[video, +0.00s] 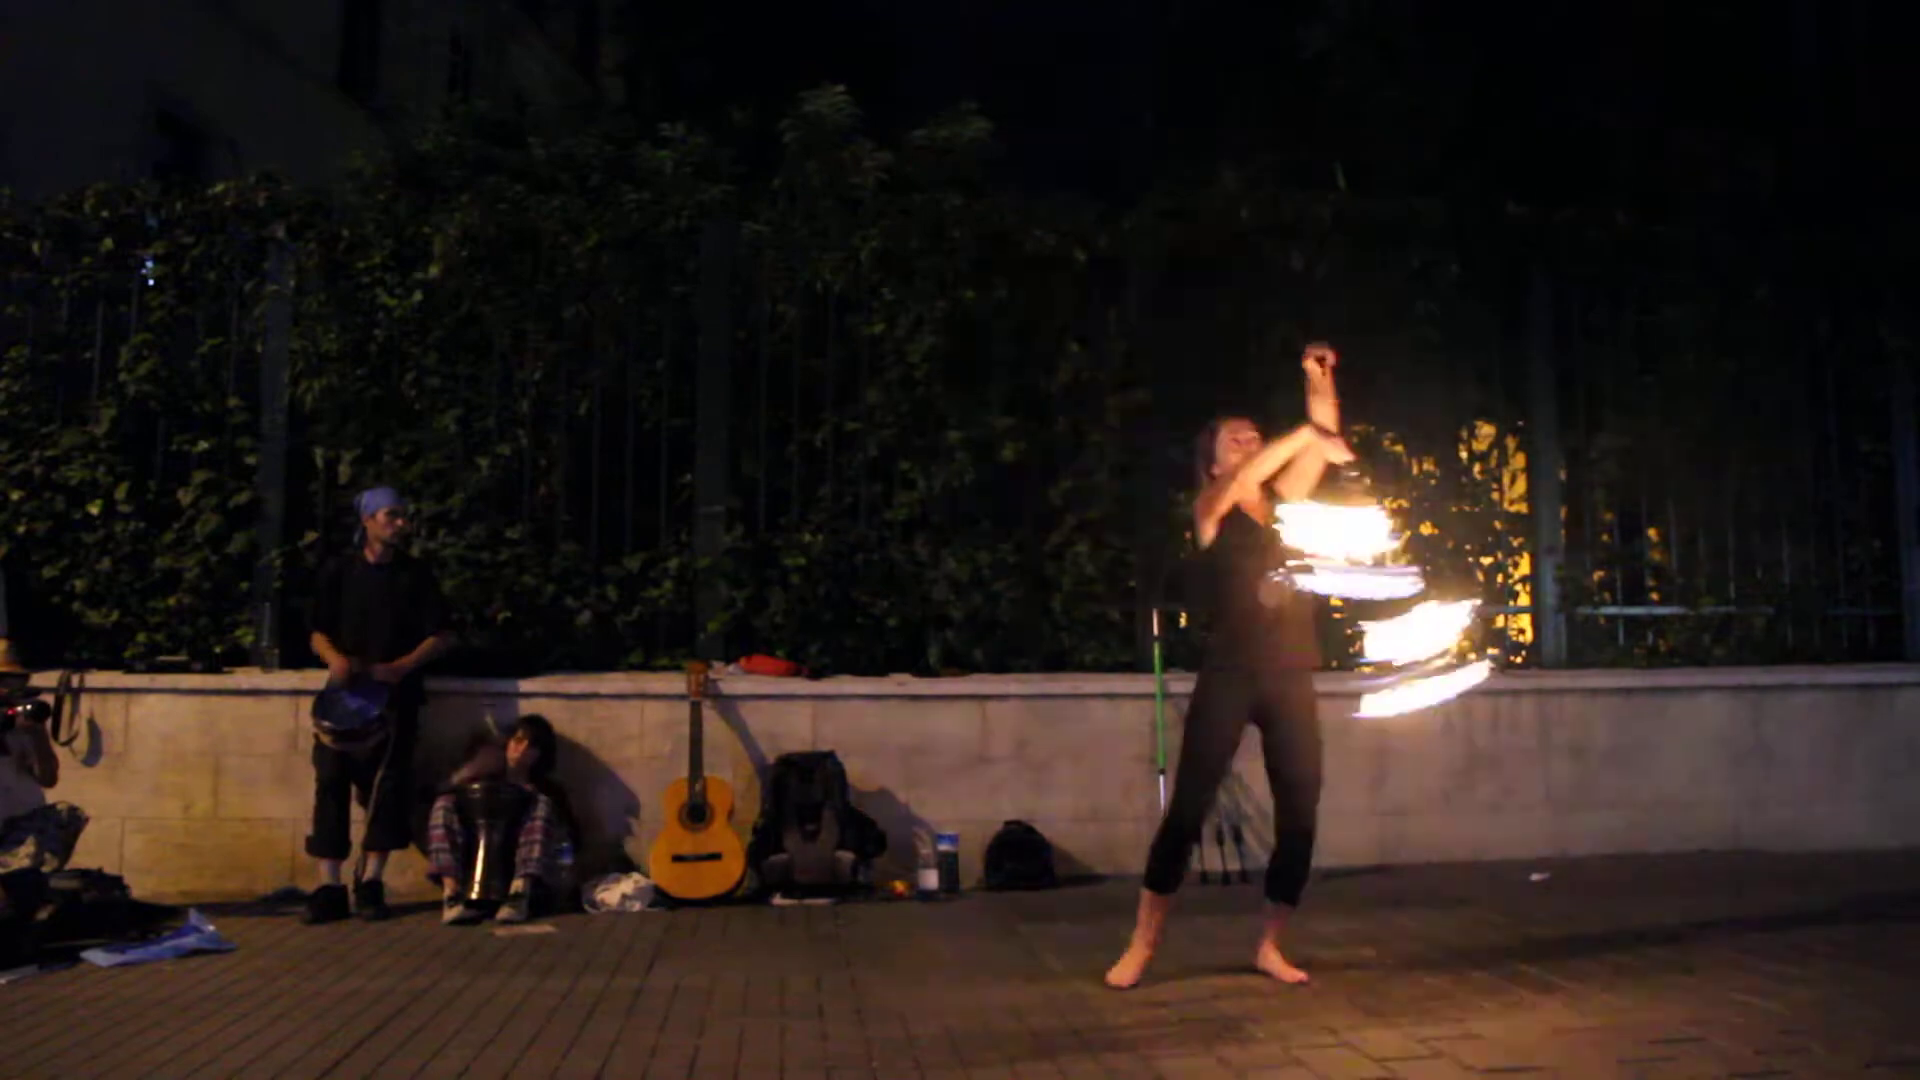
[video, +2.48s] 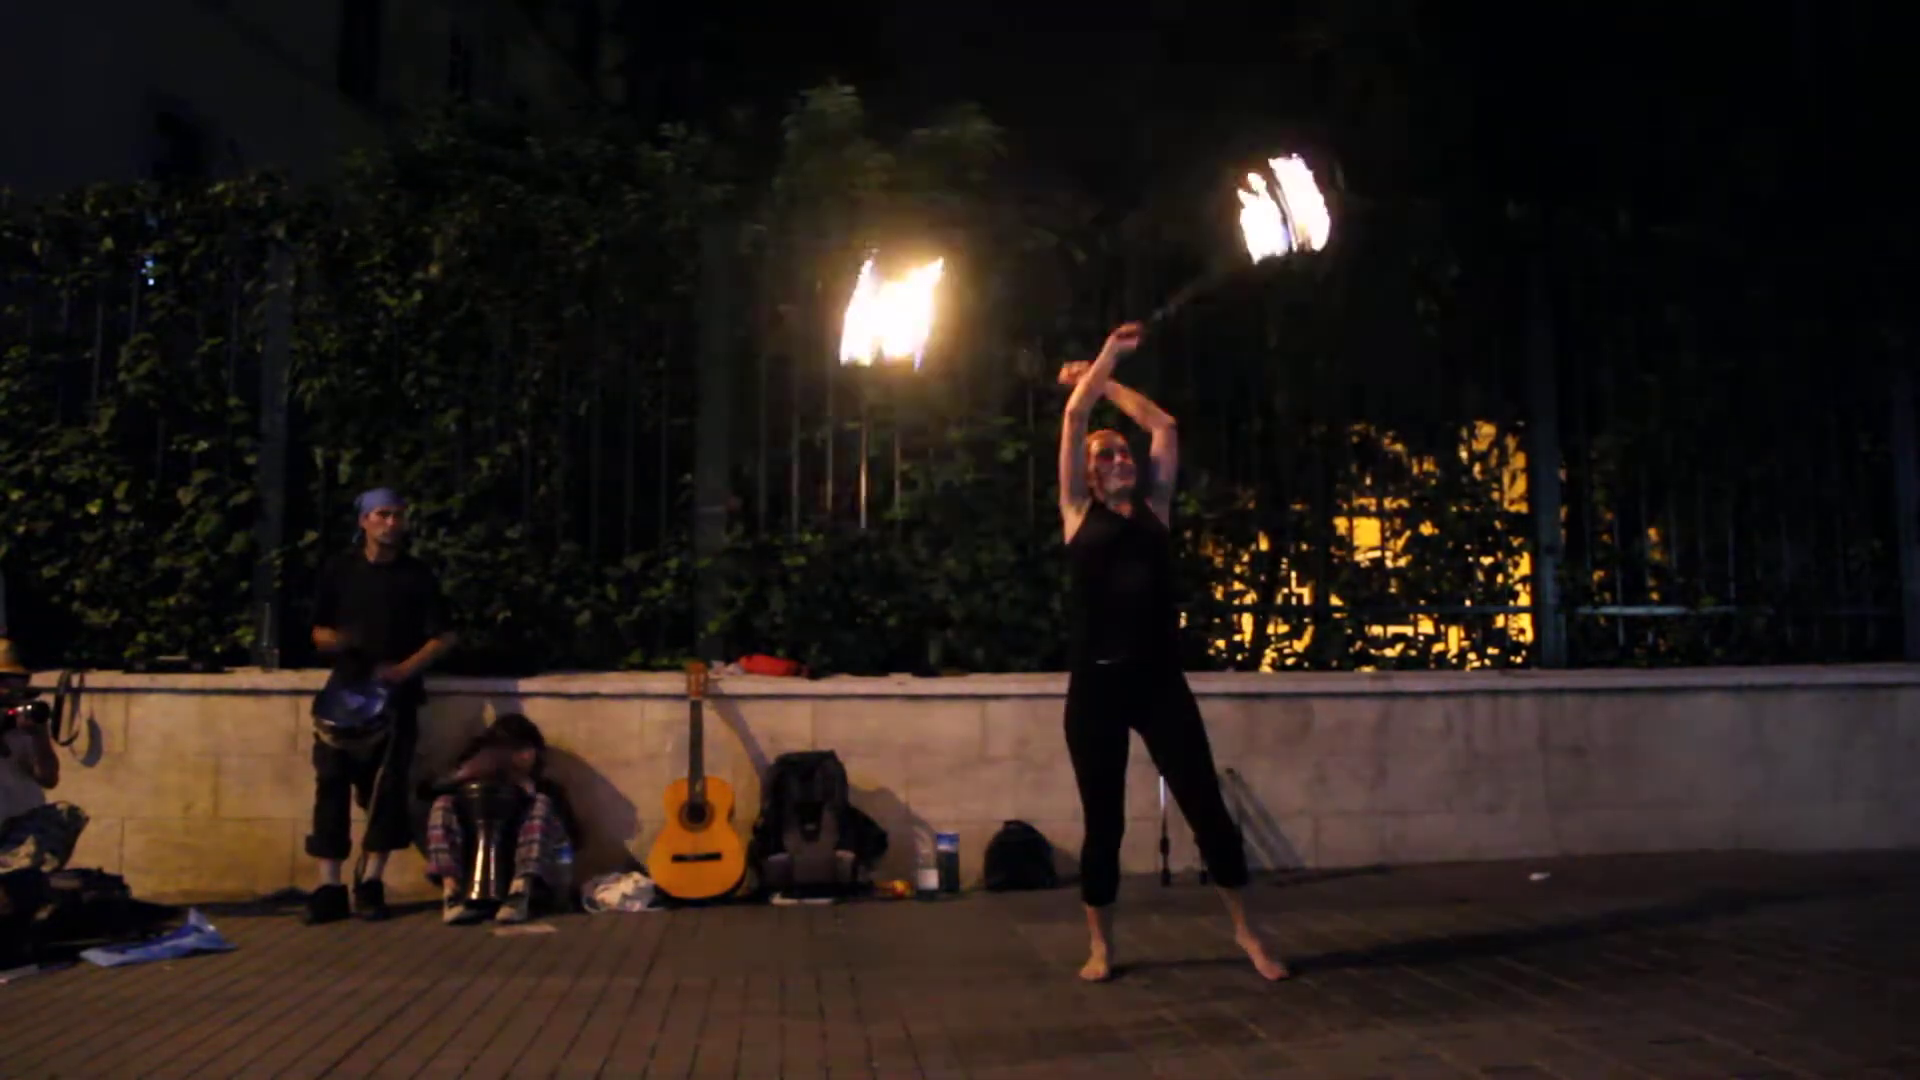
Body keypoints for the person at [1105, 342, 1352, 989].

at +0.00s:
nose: (1248, 443)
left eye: (1254, 437)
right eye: (1234, 437)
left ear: (1266, 447)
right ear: (1209, 457)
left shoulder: (1282, 503)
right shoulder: (1207, 512)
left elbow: (1321, 449)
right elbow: (1244, 481)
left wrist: (1321, 382)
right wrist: (1312, 433)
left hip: (1291, 679)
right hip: (1227, 677)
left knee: (1300, 814)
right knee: (1187, 811)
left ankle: (1270, 945)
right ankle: (1142, 942)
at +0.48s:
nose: (1180, 455)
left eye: (1187, 447)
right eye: (1168, 448)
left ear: (1203, 457)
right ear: (1152, 460)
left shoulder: (1217, 512)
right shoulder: (1137, 509)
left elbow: (1233, 433)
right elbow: (1138, 398)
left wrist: (1176, 377)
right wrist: (1168, 339)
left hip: (1213, 683)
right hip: (1147, 684)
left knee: (1253, 816)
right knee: (1136, 824)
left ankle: (1273, 947)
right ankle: (1119, 953)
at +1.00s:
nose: (1215, 438)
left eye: (1221, 432)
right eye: (1201, 432)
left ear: (1231, 450)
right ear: (1176, 451)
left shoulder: (1248, 505)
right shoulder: (1171, 501)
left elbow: (1261, 434)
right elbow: (1199, 431)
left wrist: (1230, 362)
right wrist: (1234, 350)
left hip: (1248, 671)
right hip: (1185, 672)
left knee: (1267, 808)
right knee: (1157, 807)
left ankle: (1259, 942)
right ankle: (1116, 946)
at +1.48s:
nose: (1191, 429)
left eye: (1199, 422)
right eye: (1180, 423)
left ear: (1214, 439)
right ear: (1161, 443)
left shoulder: (1240, 499)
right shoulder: (1144, 501)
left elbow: (1315, 495)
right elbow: (1070, 513)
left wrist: (1377, 486)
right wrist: (1001, 507)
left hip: (1226, 663)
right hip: (1162, 664)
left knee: (1244, 796)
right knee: (1137, 796)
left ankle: (1265, 936)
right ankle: (1100, 933)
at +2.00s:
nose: (1113, 460)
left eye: (1119, 455)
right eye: (1102, 454)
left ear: (1129, 466)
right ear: (1079, 468)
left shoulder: (1150, 512)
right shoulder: (1075, 523)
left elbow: (1161, 442)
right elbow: (1111, 490)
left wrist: (1139, 383)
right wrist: (1191, 466)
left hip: (1165, 689)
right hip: (1100, 693)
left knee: (1214, 812)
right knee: (1103, 825)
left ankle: (1253, 941)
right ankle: (1100, 951)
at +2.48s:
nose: (1115, 461)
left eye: (1124, 453)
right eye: (1104, 455)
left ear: (1137, 465)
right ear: (1088, 467)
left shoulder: (1156, 511)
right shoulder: (1078, 515)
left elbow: (1163, 428)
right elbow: (1075, 416)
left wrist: (1095, 381)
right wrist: (1113, 353)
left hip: (1161, 682)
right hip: (1097, 686)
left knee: (1206, 809)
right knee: (1103, 822)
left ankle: (1244, 929)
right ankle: (1099, 945)